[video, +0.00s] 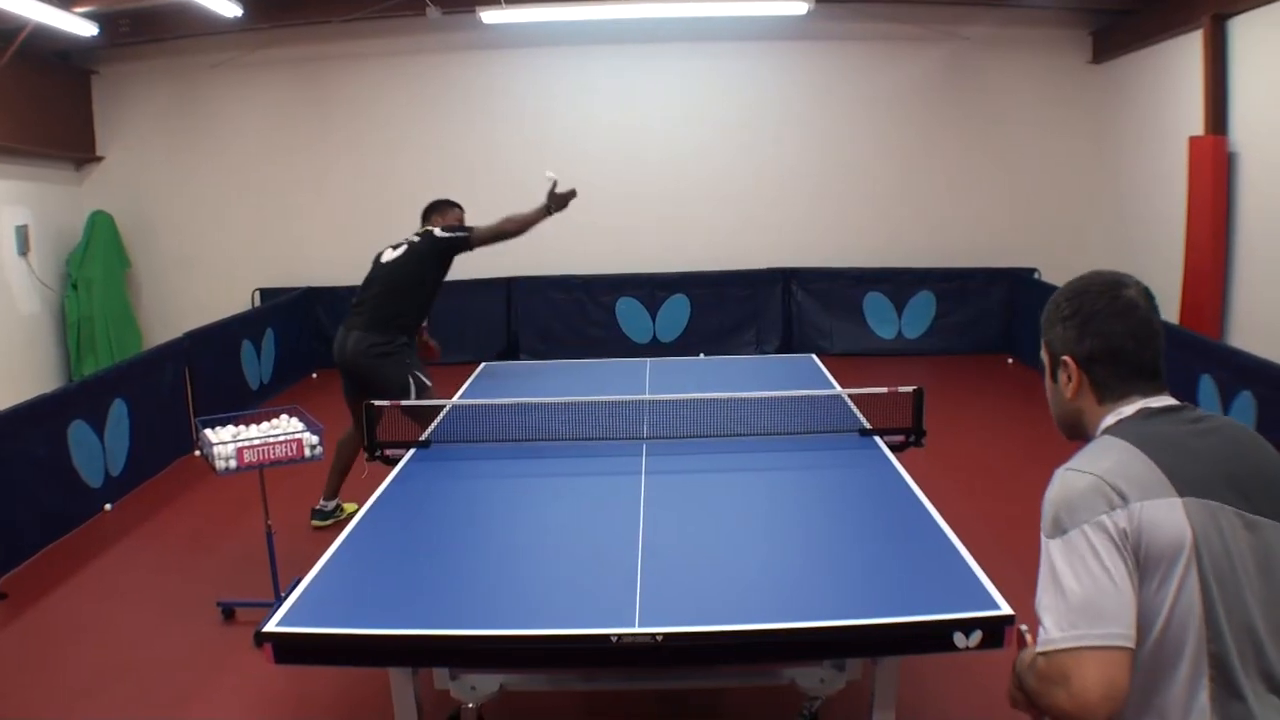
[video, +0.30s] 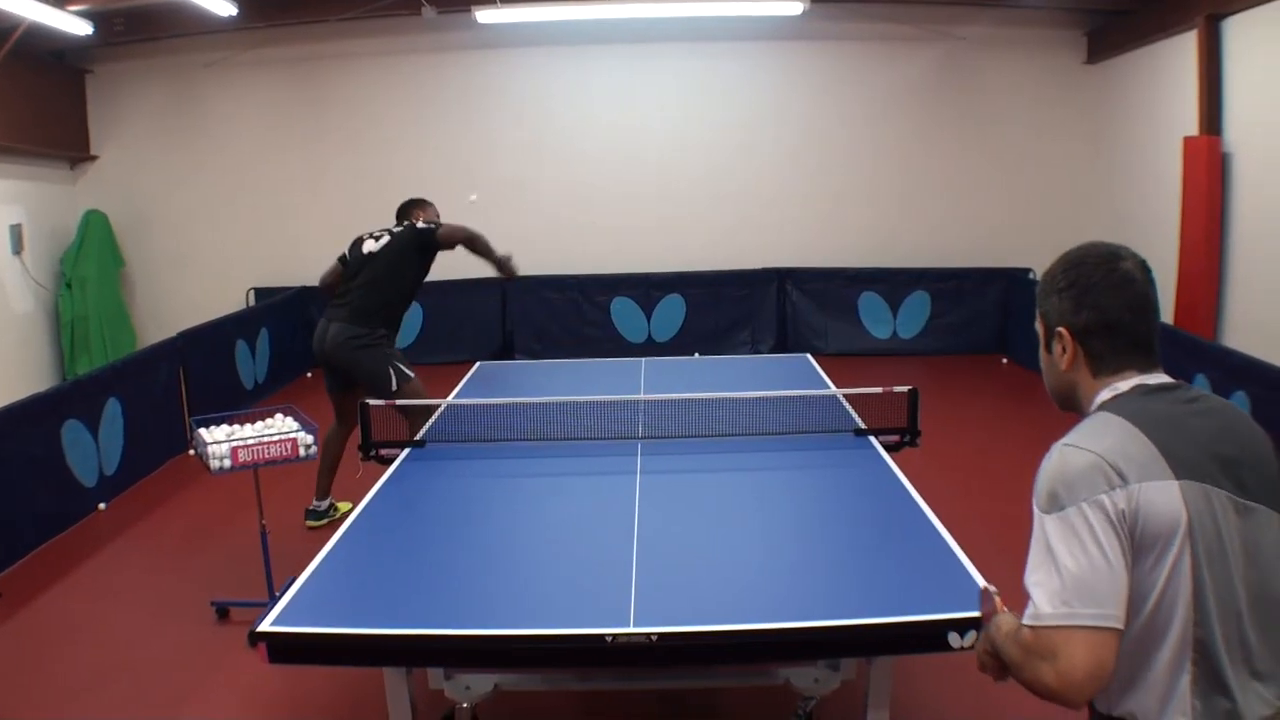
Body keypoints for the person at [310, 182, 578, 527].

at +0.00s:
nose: (463, 227)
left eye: (462, 222)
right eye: (458, 221)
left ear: (427, 223)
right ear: (437, 221)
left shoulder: (395, 249)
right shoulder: (440, 241)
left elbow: (386, 297)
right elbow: (502, 230)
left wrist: (418, 333)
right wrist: (547, 209)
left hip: (349, 347)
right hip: (384, 350)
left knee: (361, 426)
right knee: (442, 427)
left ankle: (326, 504)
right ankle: (448, 504)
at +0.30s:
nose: (437, 223)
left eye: (437, 219)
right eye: (434, 219)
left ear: (401, 219)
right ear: (418, 217)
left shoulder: (365, 241)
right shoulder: (421, 234)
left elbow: (326, 282)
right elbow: (466, 235)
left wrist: (359, 297)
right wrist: (498, 260)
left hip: (328, 337)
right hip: (363, 340)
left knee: (344, 420)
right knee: (422, 412)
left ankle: (319, 505)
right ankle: (429, 495)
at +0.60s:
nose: (489, 269)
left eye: (490, 261)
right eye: (487, 260)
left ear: (460, 255)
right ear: (469, 256)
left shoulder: (430, 267)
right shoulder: (449, 272)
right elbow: (415, 299)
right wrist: (428, 343)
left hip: (359, 359)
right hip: (384, 364)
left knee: (379, 429)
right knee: (442, 424)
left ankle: (325, 497)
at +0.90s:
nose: (500, 240)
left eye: (507, 234)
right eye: (494, 231)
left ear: (513, 233)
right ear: (477, 223)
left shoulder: (498, 253)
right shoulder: (443, 250)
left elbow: (488, 281)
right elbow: (393, 286)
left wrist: (510, 310)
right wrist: (438, 319)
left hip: (449, 329)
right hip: (411, 327)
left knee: (461, 392)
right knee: (443, 397)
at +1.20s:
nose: (534, 237)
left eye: (540, 230)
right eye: (527, 229)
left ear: (545, 231)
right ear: (510, 227)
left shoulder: (549, 263)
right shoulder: (478, 261)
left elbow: (557, 294)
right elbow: (438, 298)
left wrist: (583, 319)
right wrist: (480, 324)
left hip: (526, 349)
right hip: (483, 352)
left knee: (566, 382)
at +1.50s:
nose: (602, 246)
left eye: (607, 241)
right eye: (596, 238)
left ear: (611, 243)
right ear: (579, 235)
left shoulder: (589, 276)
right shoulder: (553, 263)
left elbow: (589, 323)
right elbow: (533, 307)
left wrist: (623, 351)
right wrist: (579, 318)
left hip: (558, 353)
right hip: (526, 354)